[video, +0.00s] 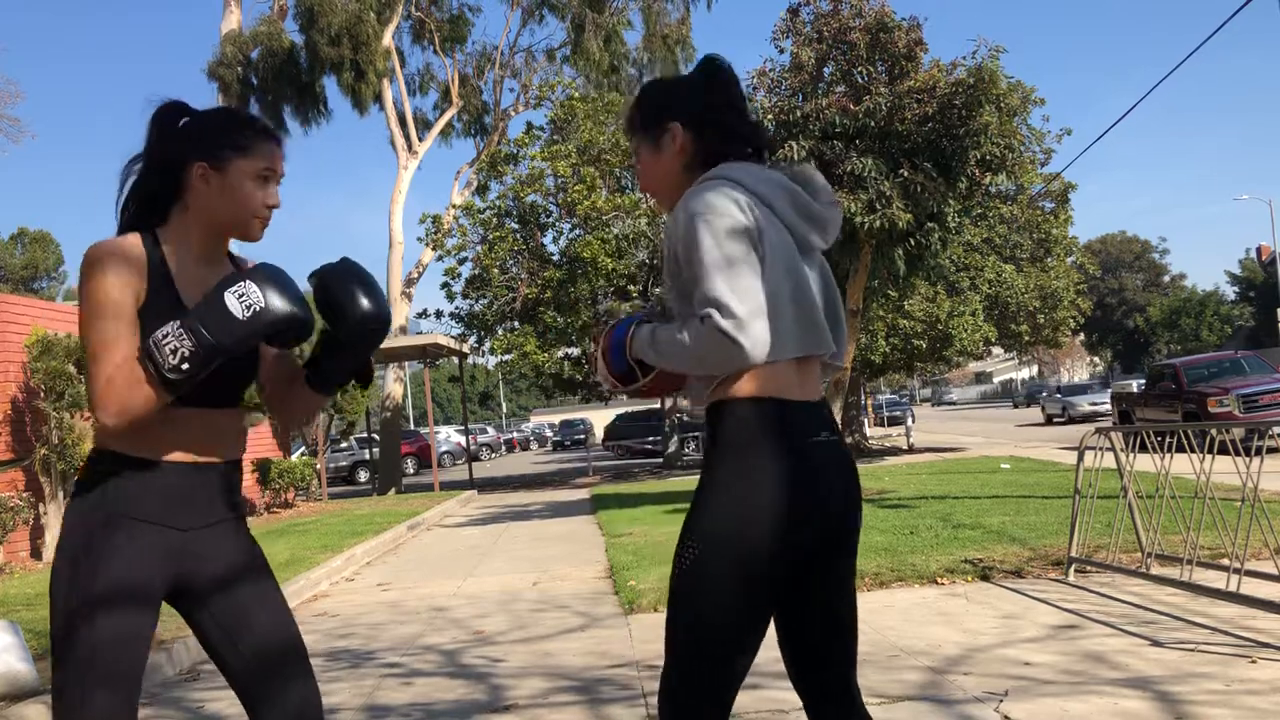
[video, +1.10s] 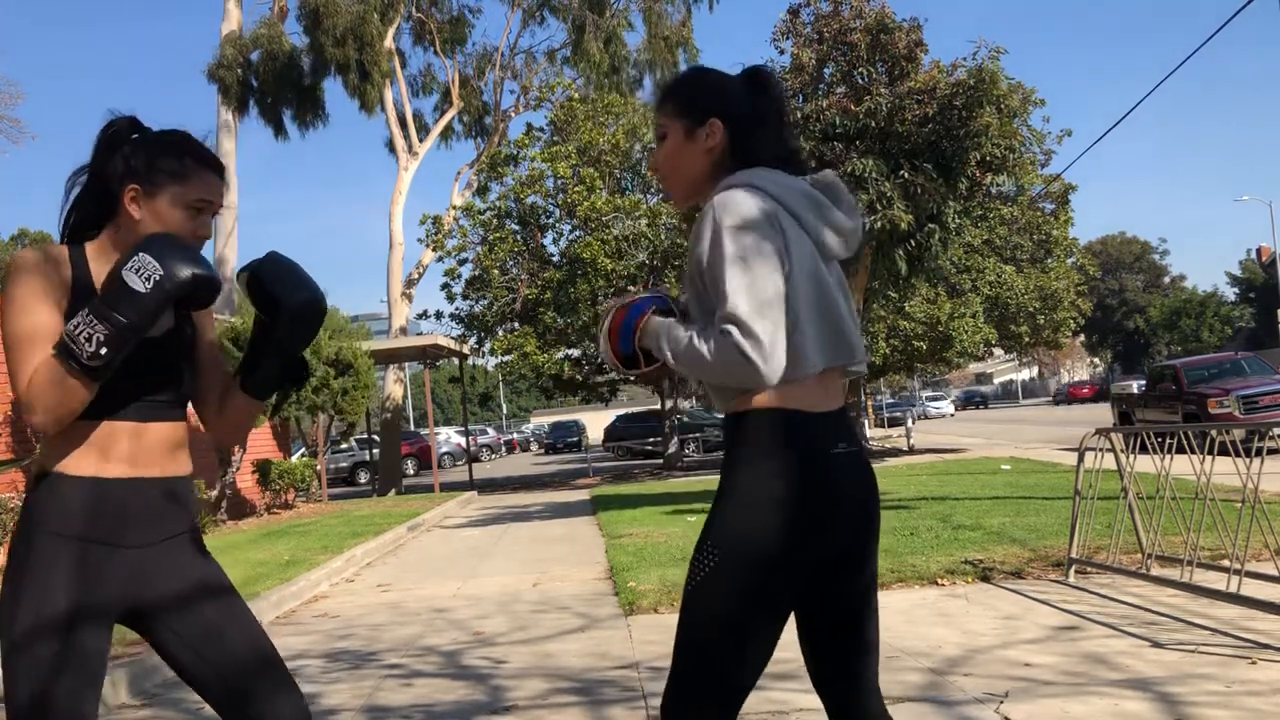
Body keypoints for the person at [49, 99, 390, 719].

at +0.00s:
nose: (276, 200)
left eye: (277, 183)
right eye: (265, 179)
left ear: (211, 179)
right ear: (204, 176)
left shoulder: (248, 284)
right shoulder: (118, 261)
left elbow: (288, 413)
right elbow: (114, 412)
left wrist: (337, 359)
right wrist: (208, 333)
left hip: (218, 521)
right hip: (119, 519)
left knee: (296, 706)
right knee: (94, 710)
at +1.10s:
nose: (208, 231)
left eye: (213, 216)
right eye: (197, 211)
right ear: (135, 201)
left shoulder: (187, 300)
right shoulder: (41, 270)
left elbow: (226, 425)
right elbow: (43, 413)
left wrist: (277, 345)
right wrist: (116, 316)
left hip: (172, 540)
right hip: (66, 540)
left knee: (280, 708)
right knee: (49, 710)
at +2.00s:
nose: (204, 227)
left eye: (206, 211)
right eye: (190, 207)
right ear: (127, 205)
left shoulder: (193, 297)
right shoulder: (41, 277)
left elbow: (252, 425)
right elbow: (49, 422)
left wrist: (276, 340)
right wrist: (108, 317)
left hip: (190, 541)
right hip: (82, 546)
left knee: (323, 697)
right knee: (70, 709)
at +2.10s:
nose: (211, 204)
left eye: (212, 188)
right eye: (195, 186)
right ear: (131, 188)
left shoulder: (220, 267)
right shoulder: (62, 271)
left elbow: (342, 322)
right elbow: (48, 421)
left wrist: (351, 255)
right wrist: (90, 312)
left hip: (208, 529)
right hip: (99, 533)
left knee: (313, 706)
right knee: (79, 711)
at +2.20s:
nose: (226, 209)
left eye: (230, 192)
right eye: (211, 191)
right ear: (145, 190)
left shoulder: (246, 250)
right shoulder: (82, 275)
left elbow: (379, 229)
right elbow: (87, 426)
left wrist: (460, 165)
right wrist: (110, 318)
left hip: (221, 533)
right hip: (113, 531)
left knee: (314, 703)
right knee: (82, 707)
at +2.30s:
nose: (231, 217)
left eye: (236, 201)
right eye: (217, 199)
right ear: (152, 194)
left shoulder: (246, 254)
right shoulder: (83, 277)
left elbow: (378, 253)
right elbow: (93, 429)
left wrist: (434, 186)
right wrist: (120, 323)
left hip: (225, 535)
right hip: (116, 533)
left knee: (326, 707)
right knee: (80, 711)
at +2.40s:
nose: (229, 225)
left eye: (234, 208)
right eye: (216, 206)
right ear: (151, 199)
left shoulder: (232, 273)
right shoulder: (74, 279)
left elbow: (339, 360)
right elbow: (76, 436)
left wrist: (360, 274)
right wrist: (112, 327)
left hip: (224, 536)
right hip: (115, 537)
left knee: (330, 707)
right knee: (83, 711)